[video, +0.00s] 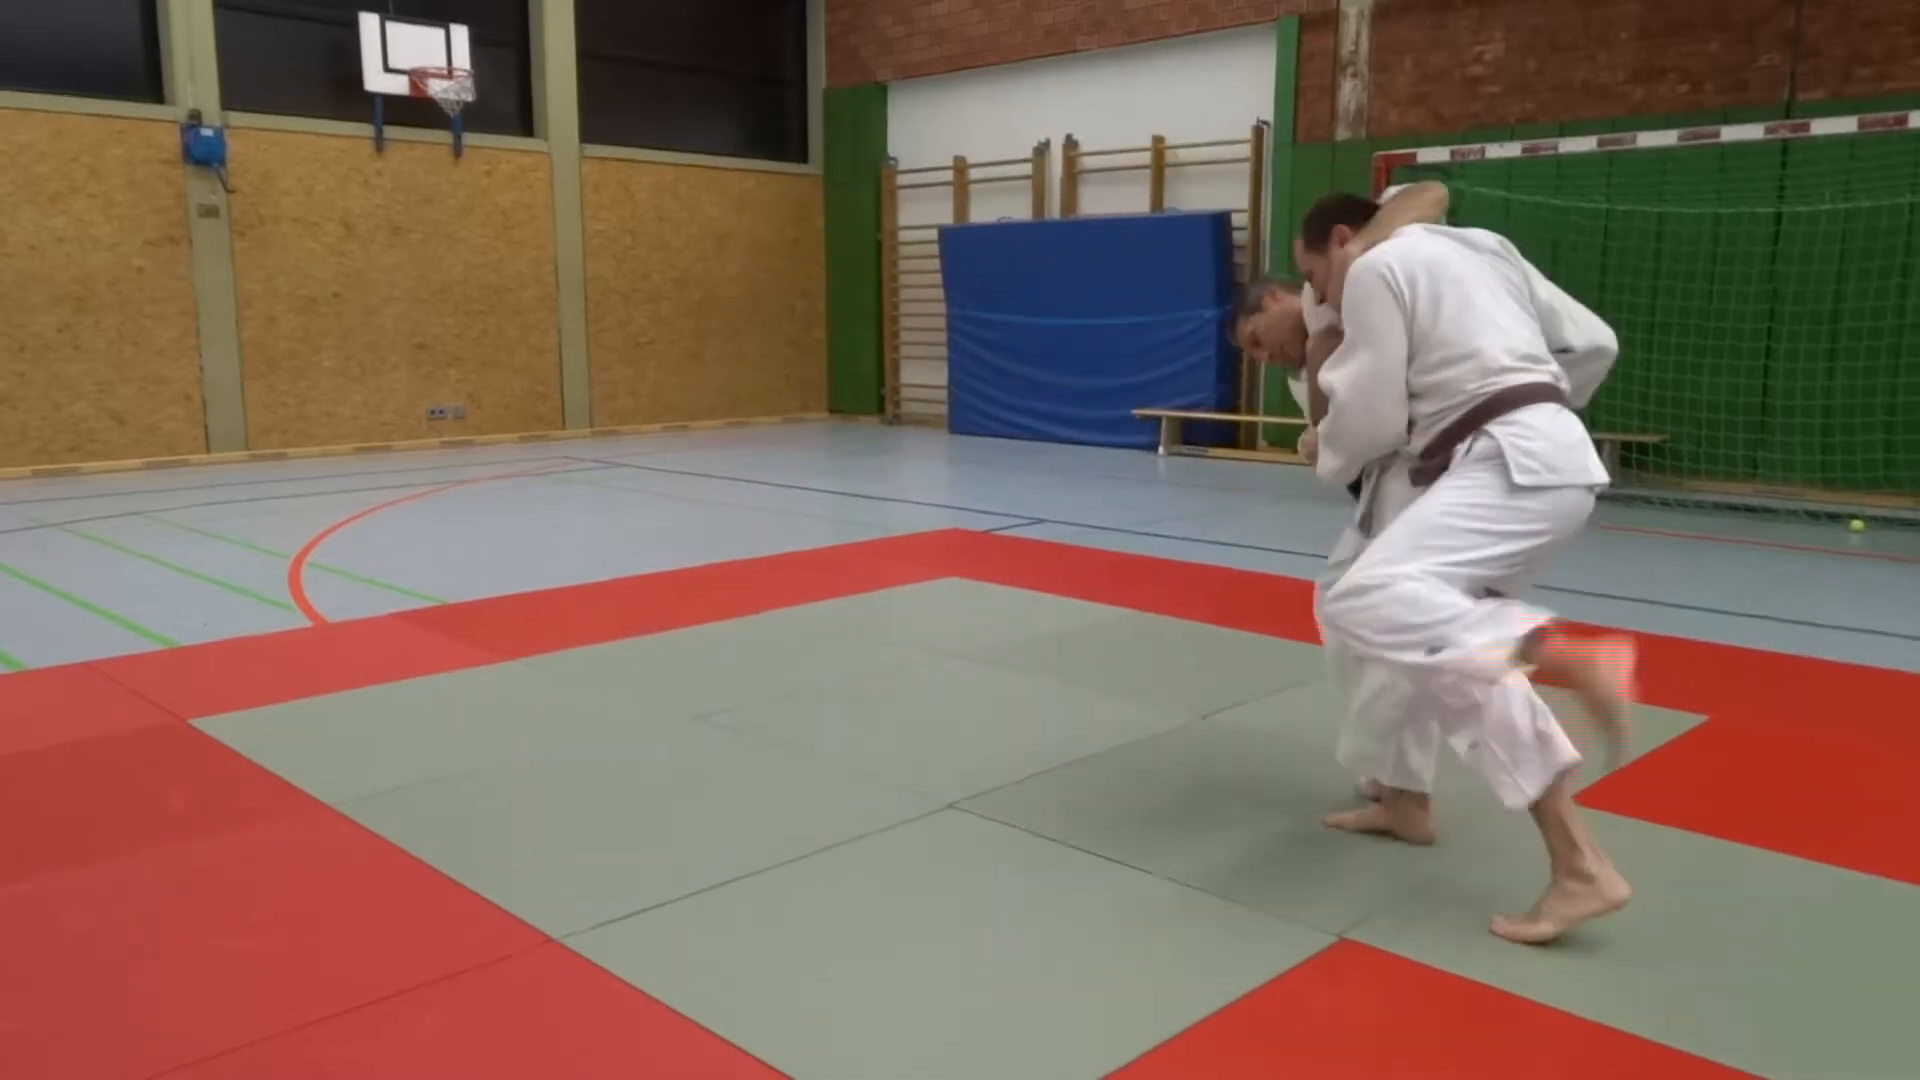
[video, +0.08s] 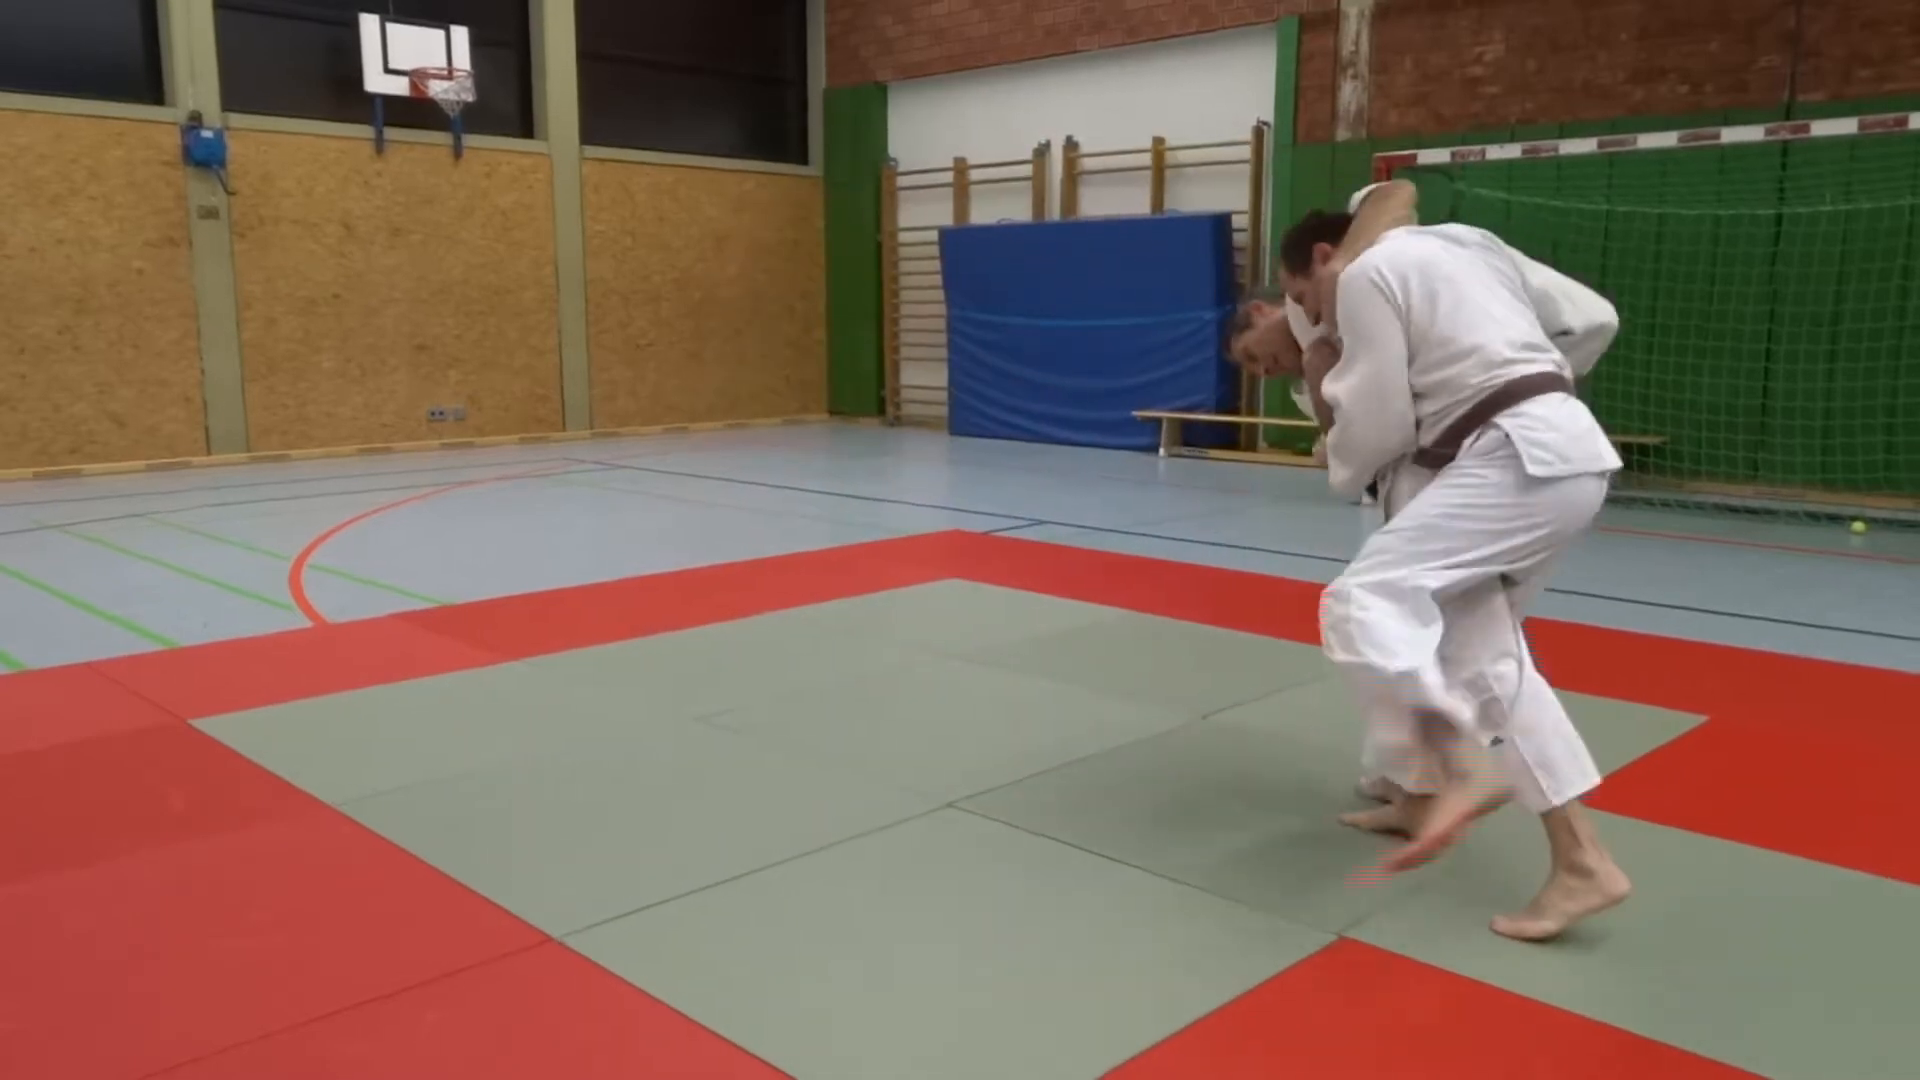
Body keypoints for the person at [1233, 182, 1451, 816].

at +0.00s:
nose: (1262, 353)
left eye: (1256, 337)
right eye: (1253, 352)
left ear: (1278, 296)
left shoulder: (1343, 282)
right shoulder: (1305, 378)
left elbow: (1431, 194)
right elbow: (1324, 446)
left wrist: (1358, 255)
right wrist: (1318, 370)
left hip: (1445, 455)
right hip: (1391, 477)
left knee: (1368, 594)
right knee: (1352, 596)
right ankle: (1400, 793)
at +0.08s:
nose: (1312, 311)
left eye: (1306, 294)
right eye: (1304, 301)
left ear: (1327, 259)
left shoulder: (1362, 277)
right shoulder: (1469, 242)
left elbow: (1378, 419)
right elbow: (1592, 315)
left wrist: (1343, 465)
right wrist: (1532, 386)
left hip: (1519, 452)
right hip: (1578, 453)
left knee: (1364, 597)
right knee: (1479, 652)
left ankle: (1458, 765)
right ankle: (1581, 862)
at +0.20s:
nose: (1301, 341)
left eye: (1290, 326)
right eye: (1290, 333)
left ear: (1299, 288)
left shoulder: (1333, 291)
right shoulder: (1443, 230)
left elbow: (1373, 437)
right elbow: (1586, 268)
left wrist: (1368, 487)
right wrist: (1503, 326)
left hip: (1510, 446)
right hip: (1583, 433)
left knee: (1419, 636)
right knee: (1508, 635)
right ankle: (1580, 856)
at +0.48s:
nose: (1334, 272)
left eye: (1330, 262)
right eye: (1351, 253)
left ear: (1329, 262)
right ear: (1390, 243)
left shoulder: (1308, 302)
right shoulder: (1464, 252)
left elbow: (1314, 459)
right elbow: (1532, 350)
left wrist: (1358, 498)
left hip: (1425, 482)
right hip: (1547, 470)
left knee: (1338, 662)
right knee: (1611, 670)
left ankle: (1329, 867)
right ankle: (1675, 864)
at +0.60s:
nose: (1318, 308)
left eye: (1321, 297)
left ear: (1332, 295)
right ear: (1390, 276)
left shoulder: (1306, 341)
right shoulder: (1472, 295)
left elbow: (1304, 490)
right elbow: (1518, 395)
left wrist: (1345, 567)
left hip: (1404, 510)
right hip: (1529, 501)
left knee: (1317, 681)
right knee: (1547, 682)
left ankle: (1322, 869)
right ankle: (1635, 858)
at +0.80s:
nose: (1292, 308)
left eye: (1297, 299)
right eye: (1306, 294)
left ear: (1302, 312)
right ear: (1367, 289)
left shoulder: (1271, 361)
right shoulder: (1429, 299)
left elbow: (1293, 513)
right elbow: (1516, 339)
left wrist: (1340, 577)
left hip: (1387, 509)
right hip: (1513, 494)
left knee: (1316, 681)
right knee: (1491, 663)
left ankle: (1315, 863)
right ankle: (1539, 883)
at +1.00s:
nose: (1320, 261)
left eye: (1308, 267)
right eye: (1324, 261)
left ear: (1285, 289)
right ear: (1360, 259)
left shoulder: (1255, 328)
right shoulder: (1421, 263)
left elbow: (1266, 472)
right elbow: (1507, 334)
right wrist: (1482, 430)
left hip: (1337, 485)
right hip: (1467, 464)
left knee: (1265, 643)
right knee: (1558, 657)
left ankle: (1233, 822)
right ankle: (1646, 873)